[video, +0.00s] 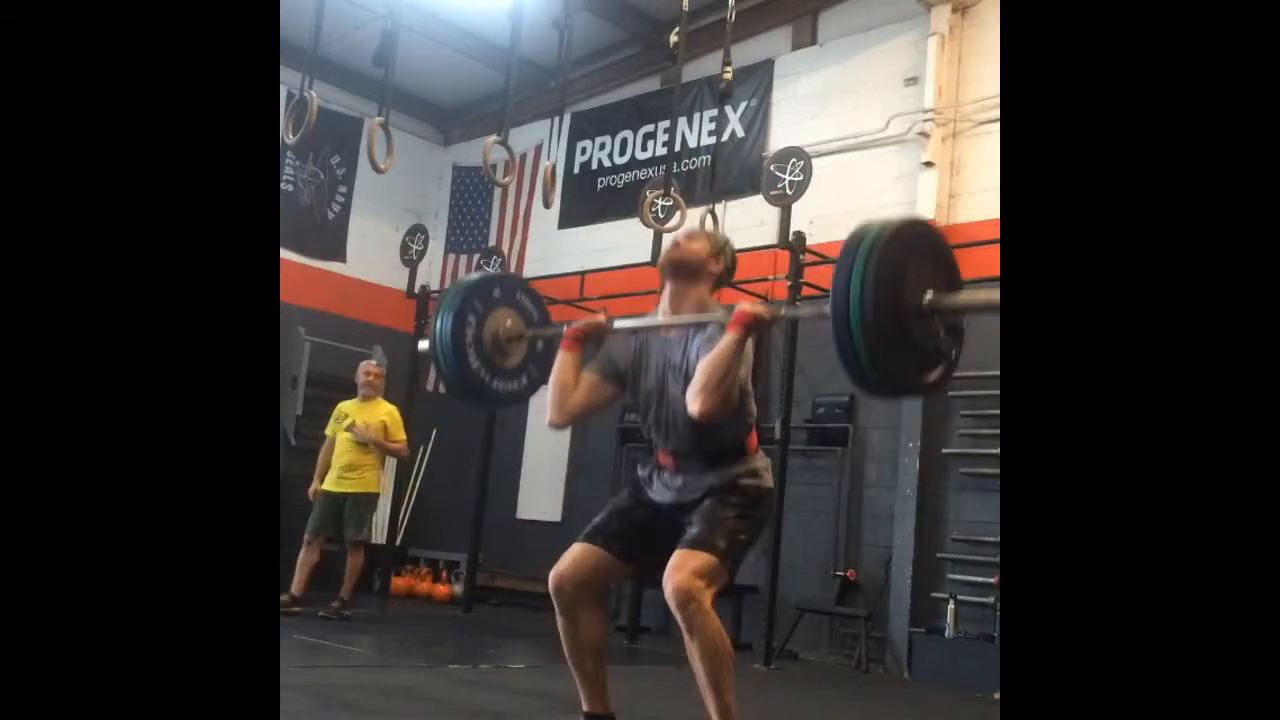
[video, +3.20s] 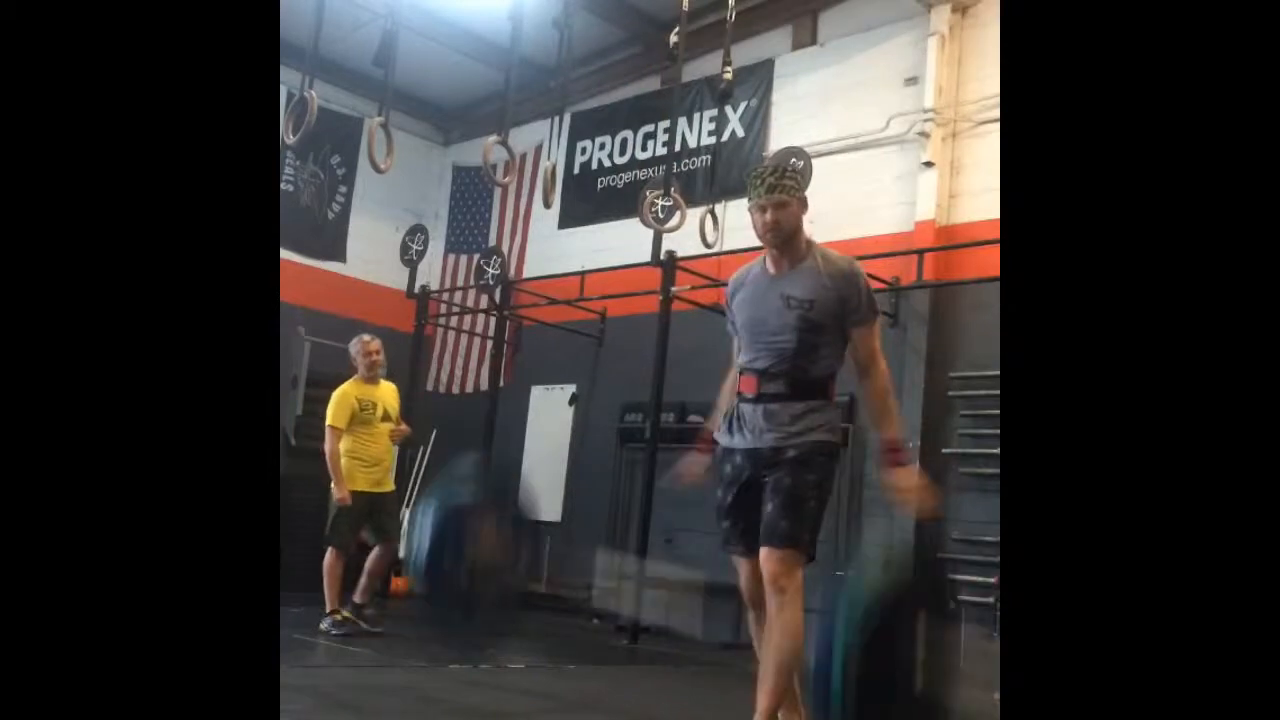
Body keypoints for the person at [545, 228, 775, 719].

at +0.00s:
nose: (678, 236)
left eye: (697, 235)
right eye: (677, 233)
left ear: (718, 266)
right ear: (662, 262)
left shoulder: (725, 330)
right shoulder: (634, 337)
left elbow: (703, 403)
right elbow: (561, 410)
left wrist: (738, 331)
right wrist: (573, 342)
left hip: (732, 484)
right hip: (661, 482)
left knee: (684, 587)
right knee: (570, 581)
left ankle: (724, 715)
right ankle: (596, 711)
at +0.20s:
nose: (700, 166)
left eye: (717, 164)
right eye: (697, 163)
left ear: (738, 193)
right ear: (682, 191)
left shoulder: (740, 250)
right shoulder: (655, 259)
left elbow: (721, 318)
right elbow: (578, 330)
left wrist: (752, 239)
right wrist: (584, 266)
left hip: (721, 430)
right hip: (652, 427)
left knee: (705, 568)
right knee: (592, 560)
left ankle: (731, 714)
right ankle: (596, 706)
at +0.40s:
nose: (722, 162)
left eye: (737, 160)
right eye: (720, 158)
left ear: (760, 182)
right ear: (708, 178)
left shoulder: (752, 239)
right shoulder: (662, 240)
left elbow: (765, 209)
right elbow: (577, 233)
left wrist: (779, 140)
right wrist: (601, 169)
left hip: (698, 402)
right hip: (632, 400)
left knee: (715, 567)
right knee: (616, 558)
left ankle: (735, 711)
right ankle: (596, 702)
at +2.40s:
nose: (691, 157)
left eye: (705, 150)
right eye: (683, 151)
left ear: (731, 169)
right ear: (674, 169)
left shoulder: (750, 218)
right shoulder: (664, 220)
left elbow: (786, 121)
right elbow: (649, 143)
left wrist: (814, 33)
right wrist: (649, 79)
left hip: (715, 405)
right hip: (650, 404)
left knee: (727, 578)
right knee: (631, 569)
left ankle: (739, 713)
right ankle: (604, 708)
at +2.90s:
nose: (744, 212)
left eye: (755, 200)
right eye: (736, 203)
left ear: (783, 205)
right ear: (727, 211)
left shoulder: (806, 262)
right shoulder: (719, 264)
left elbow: (819, 194)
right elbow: (648, 222)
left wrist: (803, 109)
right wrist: (635, 143)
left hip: (793, 436)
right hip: (731, 433)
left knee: (760, 575)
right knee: (659, 559)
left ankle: (747, 714)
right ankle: (703, 684)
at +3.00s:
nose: (768, 230)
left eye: (779, 217)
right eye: (759, 217)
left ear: (804, 216)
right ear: (750, 220)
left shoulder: (834, 273)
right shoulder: (740, 280)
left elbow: (828, 306)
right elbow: (660, 299)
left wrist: (803, 239)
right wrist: (624, 231)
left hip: (799, 443)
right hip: (738, 439)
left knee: (766, 580)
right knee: (700, 586)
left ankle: (751, 714)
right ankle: (772, 699)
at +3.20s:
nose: (767, 219)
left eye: (779, 207)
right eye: (759, 209)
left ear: (803, 208)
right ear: (750, 214)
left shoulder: (843, 277)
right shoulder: (740, 284)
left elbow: (872, 368)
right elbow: (736, 370)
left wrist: (898, 456)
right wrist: (708, 441)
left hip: (807, 438)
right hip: (743, 437)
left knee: (779, 569)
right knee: (752, 584)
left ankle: (763, 713)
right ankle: (792, 708)